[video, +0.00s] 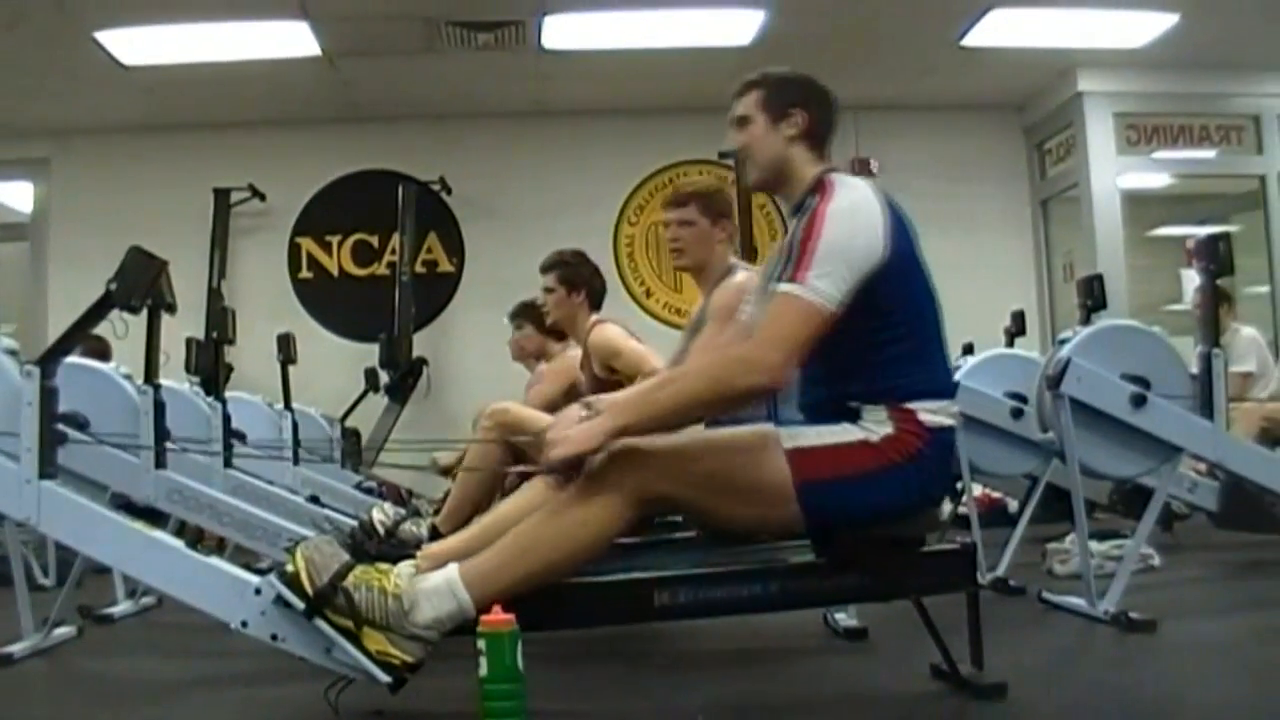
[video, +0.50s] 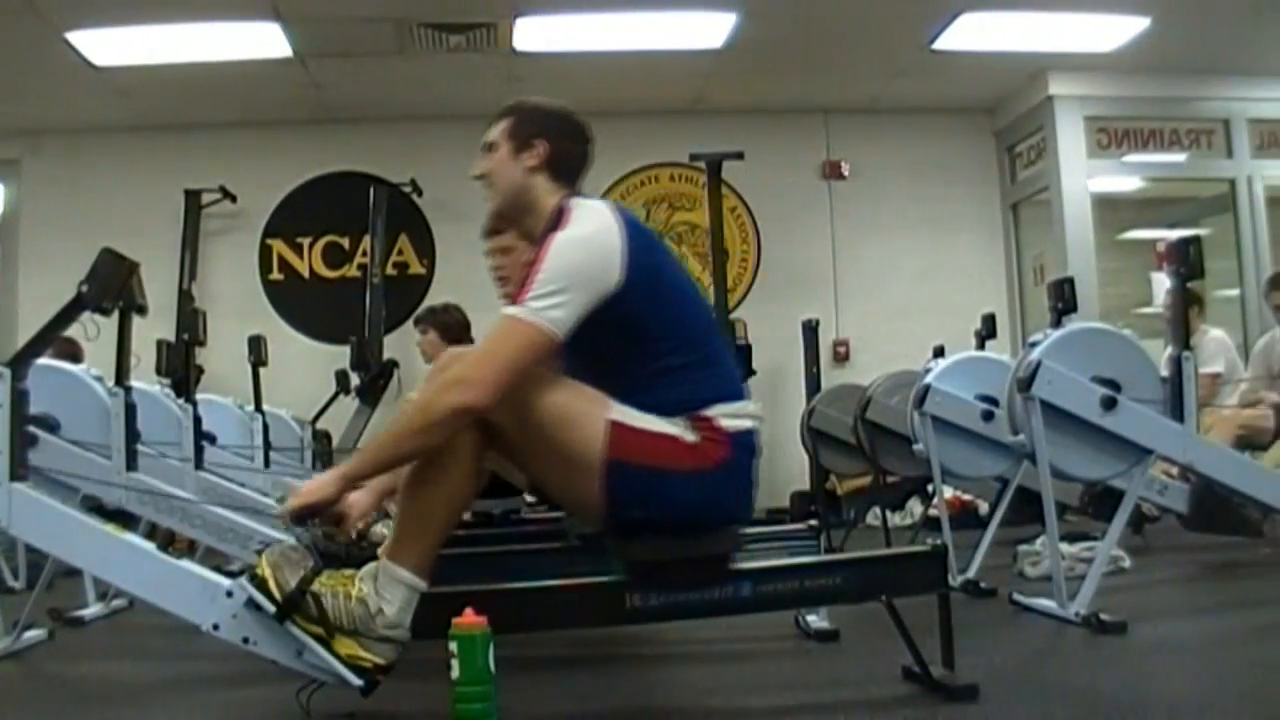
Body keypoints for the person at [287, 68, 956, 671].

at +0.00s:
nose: (734, 146)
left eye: (744, 126)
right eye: (733, 131)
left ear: (796, 126)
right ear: (786, 133)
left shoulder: (848, 205)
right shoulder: (807, 223)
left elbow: (762, 364)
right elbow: (741, 359)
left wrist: (606, 423)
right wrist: (609, 410)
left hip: (896, 445)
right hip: (848, 437)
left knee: (634, 469)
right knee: (612, 461)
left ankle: (429, 612)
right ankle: (422, 586)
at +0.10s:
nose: (686, 152)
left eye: (698, 133)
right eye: (687, 137)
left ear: (748, 135)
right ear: (744, 136)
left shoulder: (798, 210)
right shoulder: (757, 232)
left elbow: (692, 367)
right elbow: (677, 361)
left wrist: (553, 431)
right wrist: (553, 426)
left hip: (871, 446)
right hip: (821, 439)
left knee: (617, 448)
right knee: (589, 447)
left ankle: (427, 607)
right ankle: (422, 594)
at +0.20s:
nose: (631, 159)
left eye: (642, 140)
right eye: (633, 144)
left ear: (692, 141)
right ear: (688, 145)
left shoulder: (746, 216)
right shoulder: (716, 230)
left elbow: (634, 374)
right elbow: (635, 371)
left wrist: (499, 446)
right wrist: (510, 432)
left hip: (837, 451)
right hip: (798, 443)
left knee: (585, 429)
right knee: (572, 429)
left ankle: (413, 608)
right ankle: (408, 597)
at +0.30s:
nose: (568, 161)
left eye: (582, 143)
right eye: (571, 146)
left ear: (630, 149)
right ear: (627, 151)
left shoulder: (684, 219)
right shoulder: (654, 230)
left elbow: (568, 380)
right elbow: (569, 371)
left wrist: (433, 461)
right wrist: (449, 447)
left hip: (783, 452)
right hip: (739, 441)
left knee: (541, 409)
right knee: (526, 407)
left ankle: (395, 607)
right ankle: (392, 585)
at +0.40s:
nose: (519, 168)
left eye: (531, 150)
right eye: (522, 152)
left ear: (578, 153)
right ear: (580, 159)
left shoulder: (632, 226)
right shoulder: (608, 237)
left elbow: (515, 382)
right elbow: (520, 384)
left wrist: (383, 467)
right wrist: (406, 480)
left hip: (736, 458)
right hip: (699, 454)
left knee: (505, 390)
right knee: (492, 406)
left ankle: (386, 602)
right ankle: (384, 603)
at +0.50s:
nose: (479, 168)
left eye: (491, 151)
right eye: (482, 154)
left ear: (536, 157)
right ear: (535, 161)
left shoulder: (591, 234)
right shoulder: (570, 241)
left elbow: (469, 390)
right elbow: (477, 391)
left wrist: (341, 475)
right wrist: (373, 493)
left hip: (700, 462)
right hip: (670, 458)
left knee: (467, 382)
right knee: (465, 398)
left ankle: (385, 603)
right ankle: (384, 601)